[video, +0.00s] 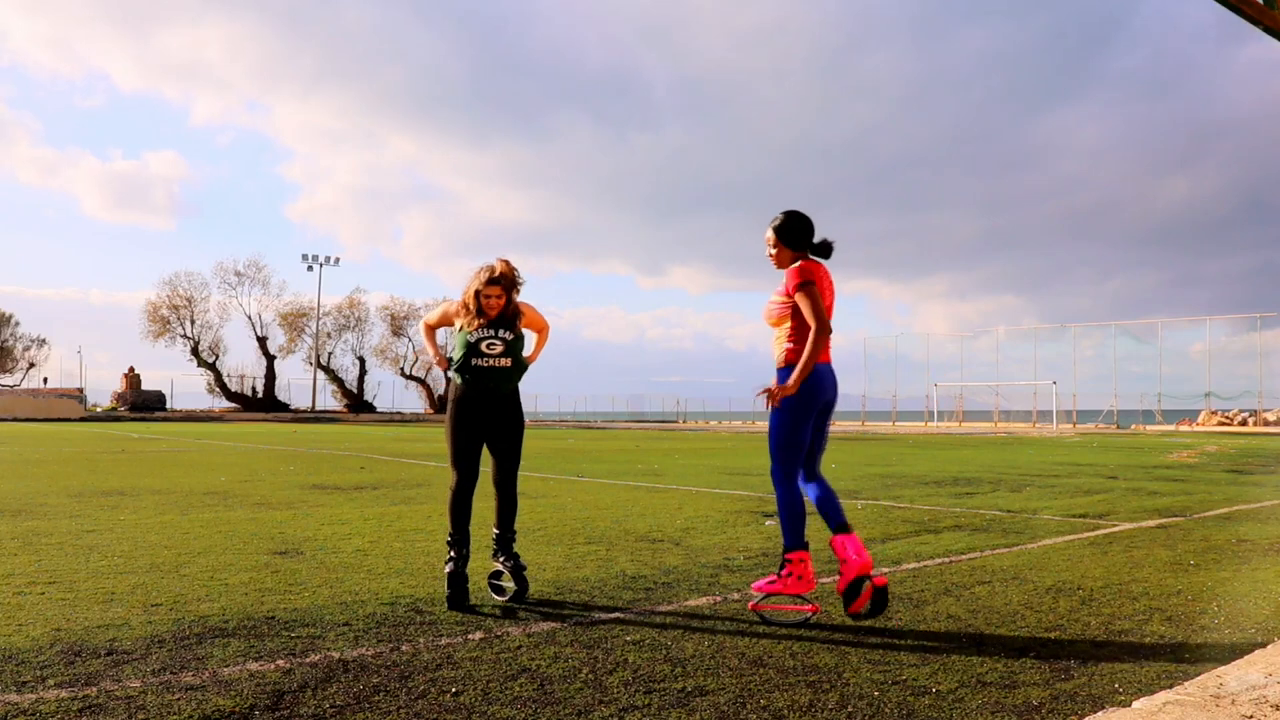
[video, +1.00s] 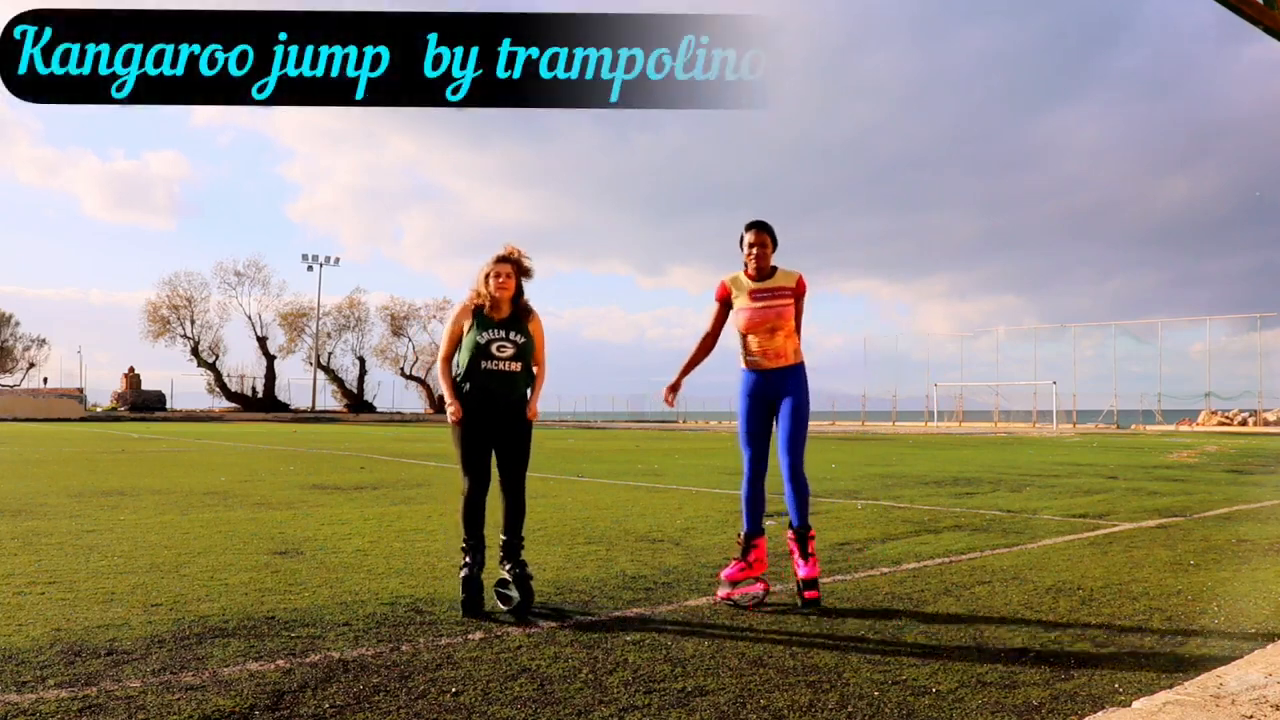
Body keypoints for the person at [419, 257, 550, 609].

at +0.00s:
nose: (493, 303)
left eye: (500, 297)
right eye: (488, 296)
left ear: (509, 295)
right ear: (476, 293)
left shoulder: (519, 313)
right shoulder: (457, 311)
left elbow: (543, 328)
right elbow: (426, 324)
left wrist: (530, 358)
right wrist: (435, 355)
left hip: (506, 402)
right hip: (465, 402)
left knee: (506, 482)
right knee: (464, 480)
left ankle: (504, 550)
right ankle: (457, 553)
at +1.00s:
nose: (503, 281)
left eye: (509, 276)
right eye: (497, 275)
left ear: (518, 281)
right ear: (485, 279)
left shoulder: (529, 319)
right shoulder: (465, 312)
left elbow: (539, 365)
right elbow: (443, 360)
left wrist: (534, 399)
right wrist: (450, 399)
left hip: (514, 411)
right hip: (472, 410)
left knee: (514, 487)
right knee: (476, 486)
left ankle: (512, 559)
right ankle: (472, 560)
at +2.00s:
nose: (528, 290)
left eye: (535, 284)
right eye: (522, 282)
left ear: (543, 285)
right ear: (507, 281)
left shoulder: (551, 320)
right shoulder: (483, 313)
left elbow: (561, 371)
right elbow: (458, 357)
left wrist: (570, 418)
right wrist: (446, 398)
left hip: (533, 414)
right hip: (486, 412)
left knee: (533, 491)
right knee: (488, 486)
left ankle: (533, 570)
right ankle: (483, 562)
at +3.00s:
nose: (531, 263)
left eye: (539, 257)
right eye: (524, 256)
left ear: (549, 262)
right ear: (511, 259)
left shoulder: (565, 306)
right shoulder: (489, 302)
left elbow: (577, 362)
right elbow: (468, 357)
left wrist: (585, 410)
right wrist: (461, 408)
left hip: (547, 415)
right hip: (496, 414)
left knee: (545, 503)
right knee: (497, 502)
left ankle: (548, 595)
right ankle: (494, 597)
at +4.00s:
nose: (555, 250)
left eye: (565, 246)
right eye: (549, 242)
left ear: (576, 254)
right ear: (537, 245)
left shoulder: (584, 297)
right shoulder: (511, 281)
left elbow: (609, 342)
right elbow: (477, 330)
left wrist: (612, 356)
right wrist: (451, 378)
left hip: (545, 402)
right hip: (495, 397)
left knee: (546, 493)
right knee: (487, 485)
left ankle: (548, 592)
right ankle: (475, 587)